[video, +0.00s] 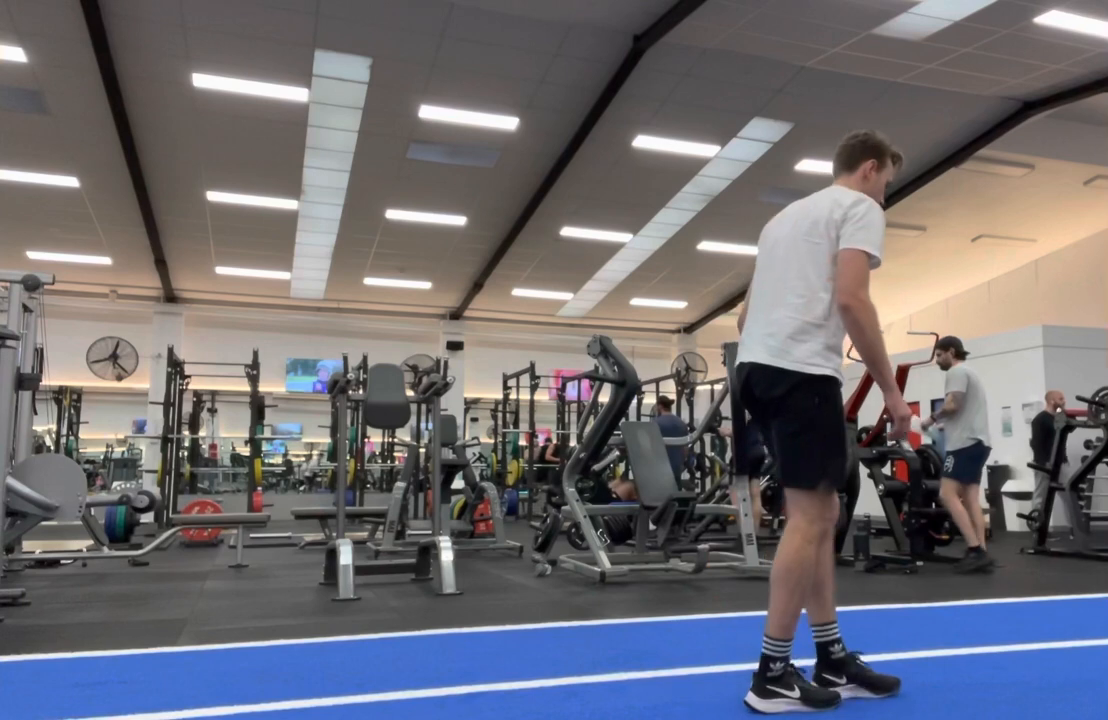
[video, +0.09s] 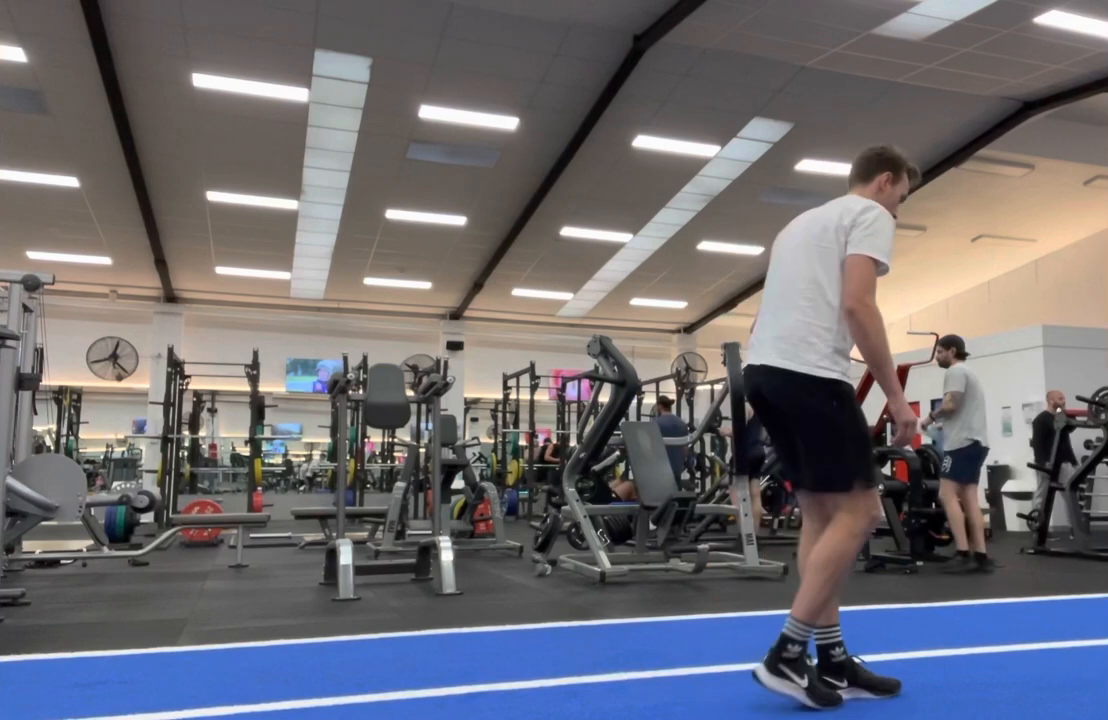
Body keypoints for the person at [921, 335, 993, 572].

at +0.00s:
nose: (937, 361)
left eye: (938, 355)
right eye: (936, 356)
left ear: (951, 352)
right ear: (954, 353)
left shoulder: (958, 372)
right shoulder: (968, 373)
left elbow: (953, 405)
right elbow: (964, 410)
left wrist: (930, 419)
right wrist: (939, 421)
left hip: (965, 442)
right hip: (978, 442)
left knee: (947, 494)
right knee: (970, 497)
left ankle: (974, 548)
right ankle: (981, 550)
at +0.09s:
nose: (937, 357)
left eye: (939, 352)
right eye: (936, 353)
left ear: (952, 351)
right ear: (956, 352)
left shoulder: (956, 371)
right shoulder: (967, 373)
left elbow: (951, 405)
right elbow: (963, 410)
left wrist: (929, 417)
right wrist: (938, 420)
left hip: (962, 441)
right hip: (977, 441)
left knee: (947, 494)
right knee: (969, 496)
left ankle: (963, 550)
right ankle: (980, 551)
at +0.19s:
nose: (936, 355)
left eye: (939, 350)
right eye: (936, 350)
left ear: (951, 350)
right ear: (957, 350)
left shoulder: (954, 370)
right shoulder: (967, 372)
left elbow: (948, 405)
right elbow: (960, 409)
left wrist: (928, 418)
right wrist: (935, 418)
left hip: (959, 441)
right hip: (975, 441)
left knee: (947, 495)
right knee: (969, 497)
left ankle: (951, 552)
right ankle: (980, 552)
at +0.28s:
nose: (935, 352)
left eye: (938, 348)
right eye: (936, 348)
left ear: (949, 349)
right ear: (957, 349)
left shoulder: (952, 370)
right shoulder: (966, 371)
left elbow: (947, 406)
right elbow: (954, 408)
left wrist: (927, 415)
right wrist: (931, 415)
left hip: (955, 442)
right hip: (972, 441)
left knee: (946, 496)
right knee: (968, 497)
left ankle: (948, 553)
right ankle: (980, 552)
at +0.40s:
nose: (934, 350)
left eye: (937, 346)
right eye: (935, 345)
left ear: (947, 348)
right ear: (957, 349)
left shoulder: (950, 370)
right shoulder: (964, 370)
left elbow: (943, 407)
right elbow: (952, 408)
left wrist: (924, 415)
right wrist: (929, 414)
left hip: (952, 443)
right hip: (968, 442)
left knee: (945, 497)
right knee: (968, 498)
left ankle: (947, 554)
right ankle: (980, 552)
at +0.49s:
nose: (935, 354)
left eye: (937, 350)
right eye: (937, 350)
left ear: (942, 351)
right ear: (960, 352)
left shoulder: (946, 371)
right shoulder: (963, 372)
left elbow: (940, 407)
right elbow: (952, 408)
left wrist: (920, 407)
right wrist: (926, 412)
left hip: (947, 442)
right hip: (966, 442)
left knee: (943, 497)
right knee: (967, 498)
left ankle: (947, 553)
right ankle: (980, 552)